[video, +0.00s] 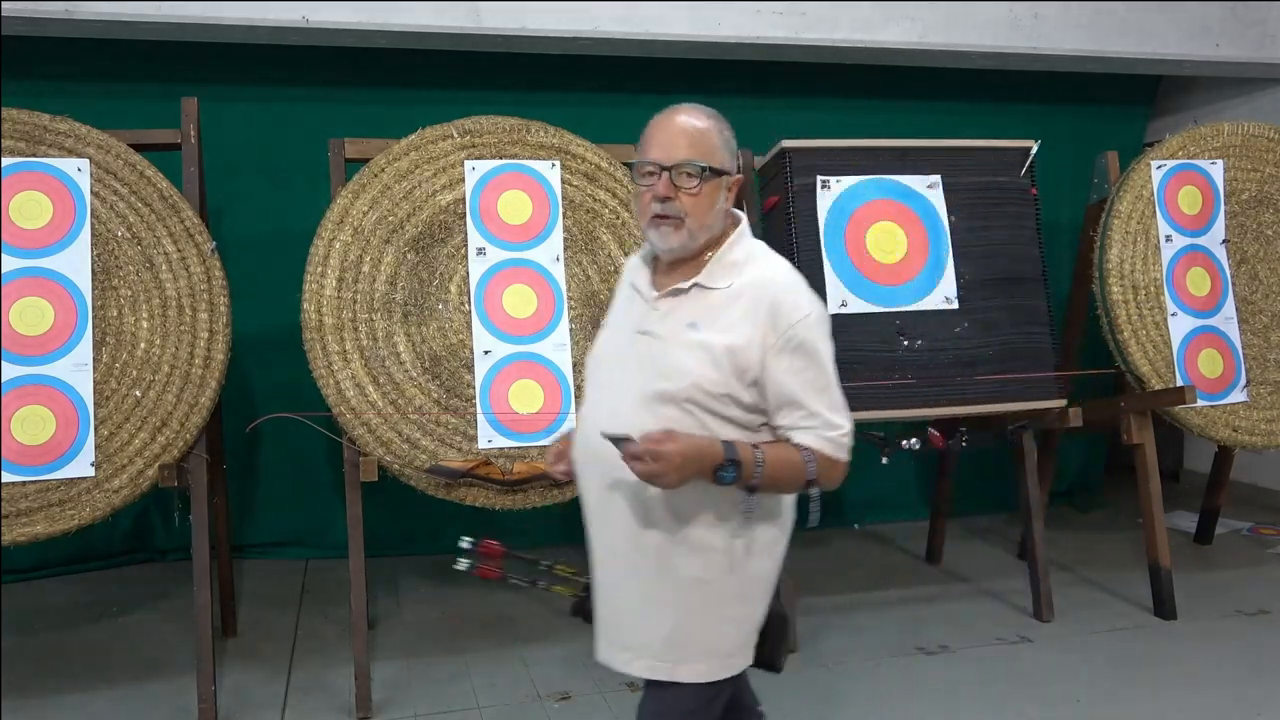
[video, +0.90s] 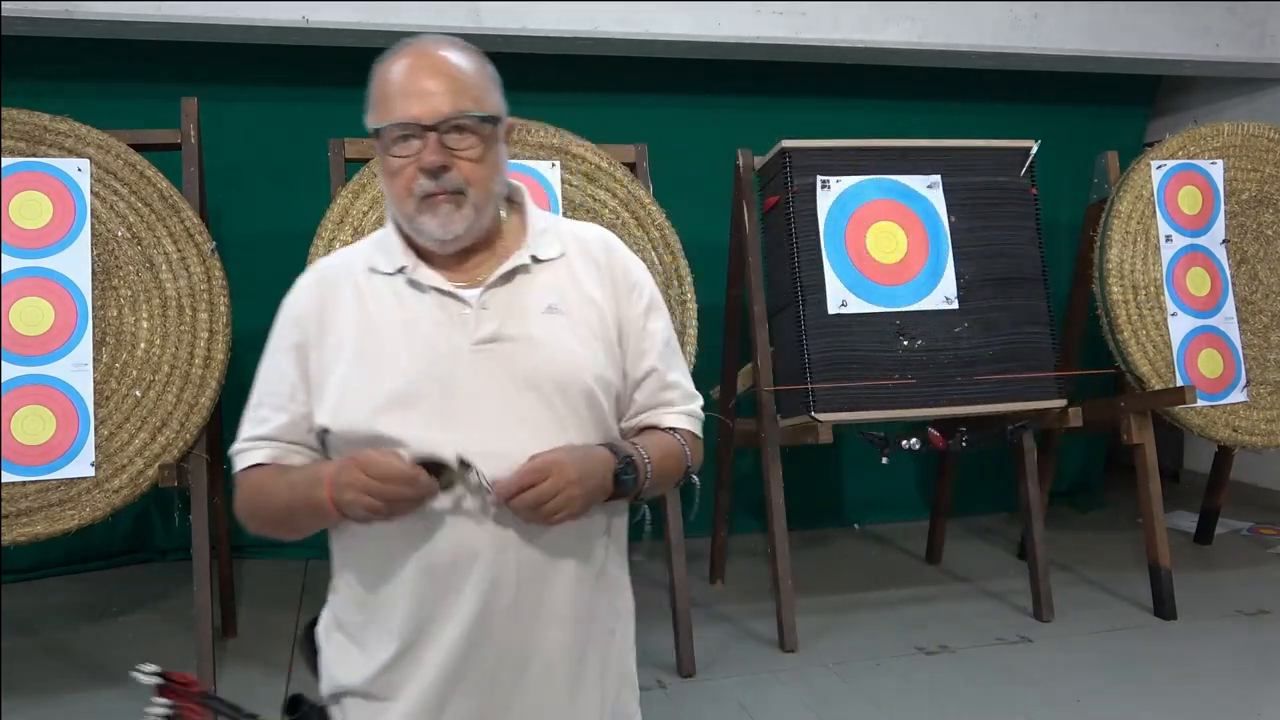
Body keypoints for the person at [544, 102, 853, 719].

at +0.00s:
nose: (662, 192)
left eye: (688, 175)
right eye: (649, 175)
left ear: (732, 188)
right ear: (634, 184)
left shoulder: (778, 297)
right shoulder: (640, 272)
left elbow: (827, 459)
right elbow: (660, 395)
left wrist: (715, 459)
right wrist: (587, 444)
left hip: (707, 609)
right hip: (640, 591)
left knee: (669, 710)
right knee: (723, 705)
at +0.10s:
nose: (647, 187)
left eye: (674, 169)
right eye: (632, 164)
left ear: (712, 184)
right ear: (613, 171)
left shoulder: (755, 293)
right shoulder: (602, 261)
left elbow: (778, 463)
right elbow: (597, 388)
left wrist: (682, 420)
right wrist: (547, 428)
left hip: (680, 613)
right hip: (594, 595)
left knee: (661, 710)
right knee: (627, 704)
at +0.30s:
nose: (608, 178)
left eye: (635, 159)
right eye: (591, 154)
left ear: (672, 170)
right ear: (569, 160)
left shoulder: (721, 276)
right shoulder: (535, 260)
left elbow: (742, 452)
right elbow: (510, 368)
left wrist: (653, 356)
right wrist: (474, 413)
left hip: (651, 624)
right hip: (527, 609)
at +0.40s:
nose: (591, 169)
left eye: (619, 149)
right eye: (571, 145)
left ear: (654, 162)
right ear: (547, 153)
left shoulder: (708, 270)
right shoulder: (501, 264)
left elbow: (751, 445)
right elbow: (462, 380)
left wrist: (636, 380)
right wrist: (449, 416)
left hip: (640, 633)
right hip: (504, 623)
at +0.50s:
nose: (569, 167)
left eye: (596, 148)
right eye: (548, 143)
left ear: (633, 165)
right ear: (522, 155)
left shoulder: (692, 271)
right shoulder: (469, 268)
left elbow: (748, 443)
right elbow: (402, 406)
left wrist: (626, 422)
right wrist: (427, 425)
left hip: (634, 660)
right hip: (484, 649)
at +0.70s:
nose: (514, 174)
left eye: (541, 150)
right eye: (489, 150)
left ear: (577, 159)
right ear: (459, 160)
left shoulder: (651, 279)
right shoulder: (402, 288)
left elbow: (715, 443)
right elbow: (325, 464)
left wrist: (628, 460)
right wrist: (411, 469)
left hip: (613, 675)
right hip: (452, 677)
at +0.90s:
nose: (434, 159)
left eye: (460, 132)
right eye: (406, 137)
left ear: (505, 141)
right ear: (376, 157)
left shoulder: (600, 266)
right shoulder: (325, 295)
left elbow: (677, 433)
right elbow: (256, 493)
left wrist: (610, 469)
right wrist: (333, 486)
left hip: (573, 685)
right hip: (391, 690)